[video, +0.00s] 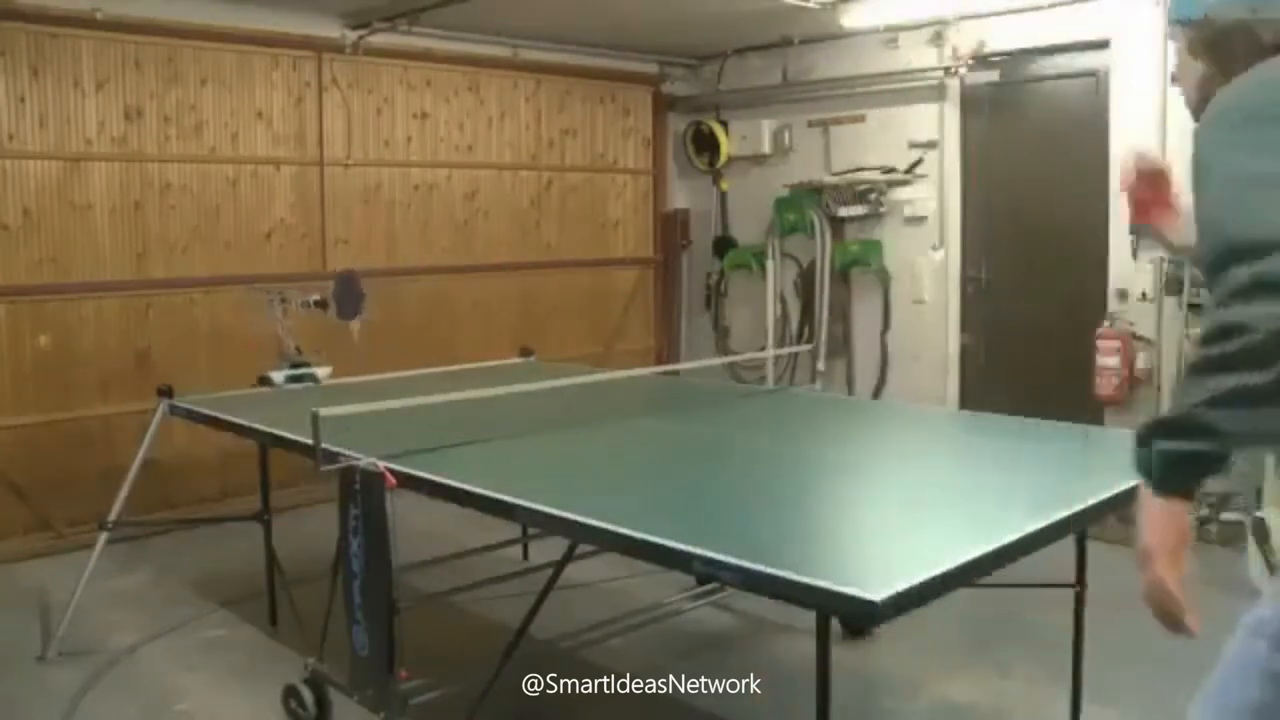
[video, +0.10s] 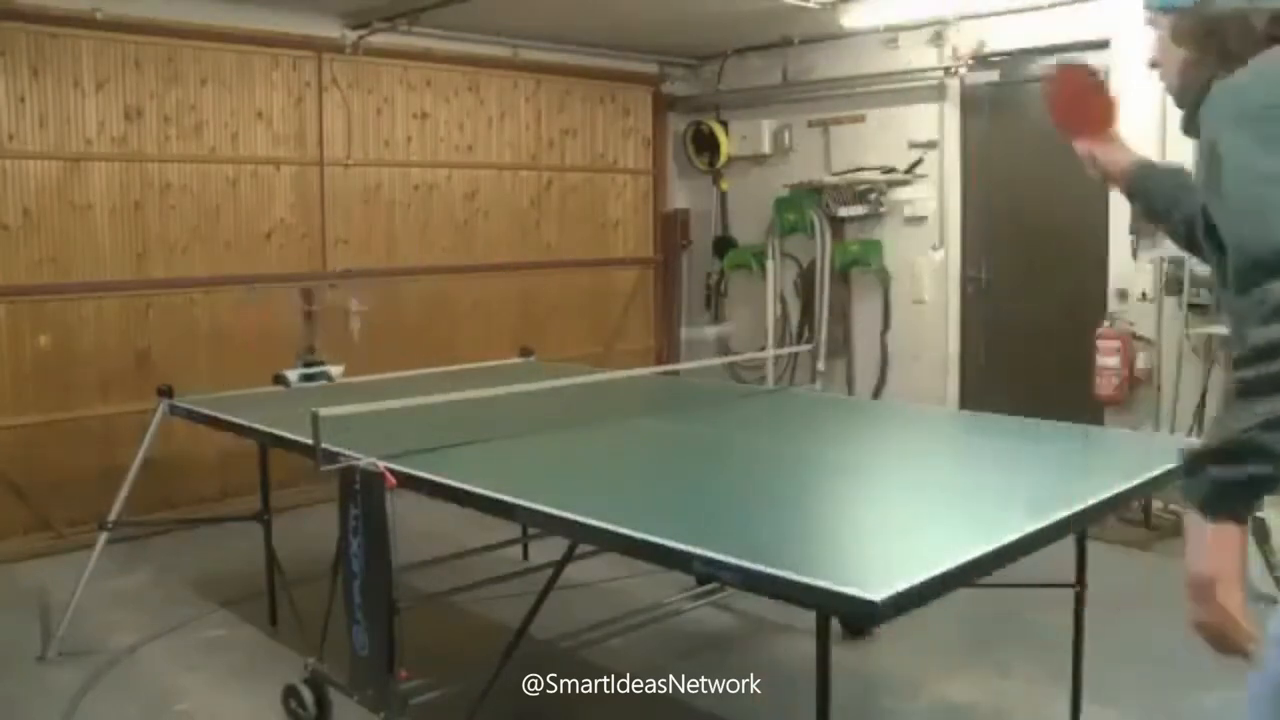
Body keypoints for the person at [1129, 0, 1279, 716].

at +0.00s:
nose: (1179, 81)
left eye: (1186, 58)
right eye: (1179, 60)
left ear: (1227, 49)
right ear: (1253, 46)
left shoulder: (1247, 110)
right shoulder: (1250, 115)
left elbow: (1257, 314)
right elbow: (1254, 300)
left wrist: (1173, 474)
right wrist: (1182, 229)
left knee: (1266, 620)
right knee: (1262, 615)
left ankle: (1223, 708)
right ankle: (1224, 708)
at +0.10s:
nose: (1152, 58)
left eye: (1163, 30)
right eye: (1155, 33)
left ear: (1213, 30)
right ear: (1230, 34)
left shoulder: (1246, 103)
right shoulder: (1241, 103)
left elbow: (1266, 320)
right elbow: (1249, 256)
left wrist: (1226, 501)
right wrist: (1134, 174)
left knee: (1262, 691)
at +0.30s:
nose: (1155, 47)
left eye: (1170, 18)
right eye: (1160, 21)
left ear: (1232, 25)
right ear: (1229, 31)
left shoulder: (1271, 145)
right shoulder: (1264, 145)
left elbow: (1243, 306)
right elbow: (1244, 305)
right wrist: (1108, 230)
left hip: (1275, 495)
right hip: (1270, 486)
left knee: (1274, 653)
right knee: (1271, 653)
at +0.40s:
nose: (1180, 47)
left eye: (1195, 17)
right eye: (1188, 21)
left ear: (1258, 14)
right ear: (1255, 16)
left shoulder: (1272, 162)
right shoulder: (1269, 162)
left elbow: (1267, 345)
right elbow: (1267, 344)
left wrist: (1142, 315)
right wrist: (1142, 315)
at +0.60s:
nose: (1208, 62)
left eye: (1223, 36)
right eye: (1209, 40)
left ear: (1273, 39)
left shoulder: (1270, 152)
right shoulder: (1264, 152)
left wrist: (1264, 415)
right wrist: (1263, 412)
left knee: (1268, 593)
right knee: (1268, 593)